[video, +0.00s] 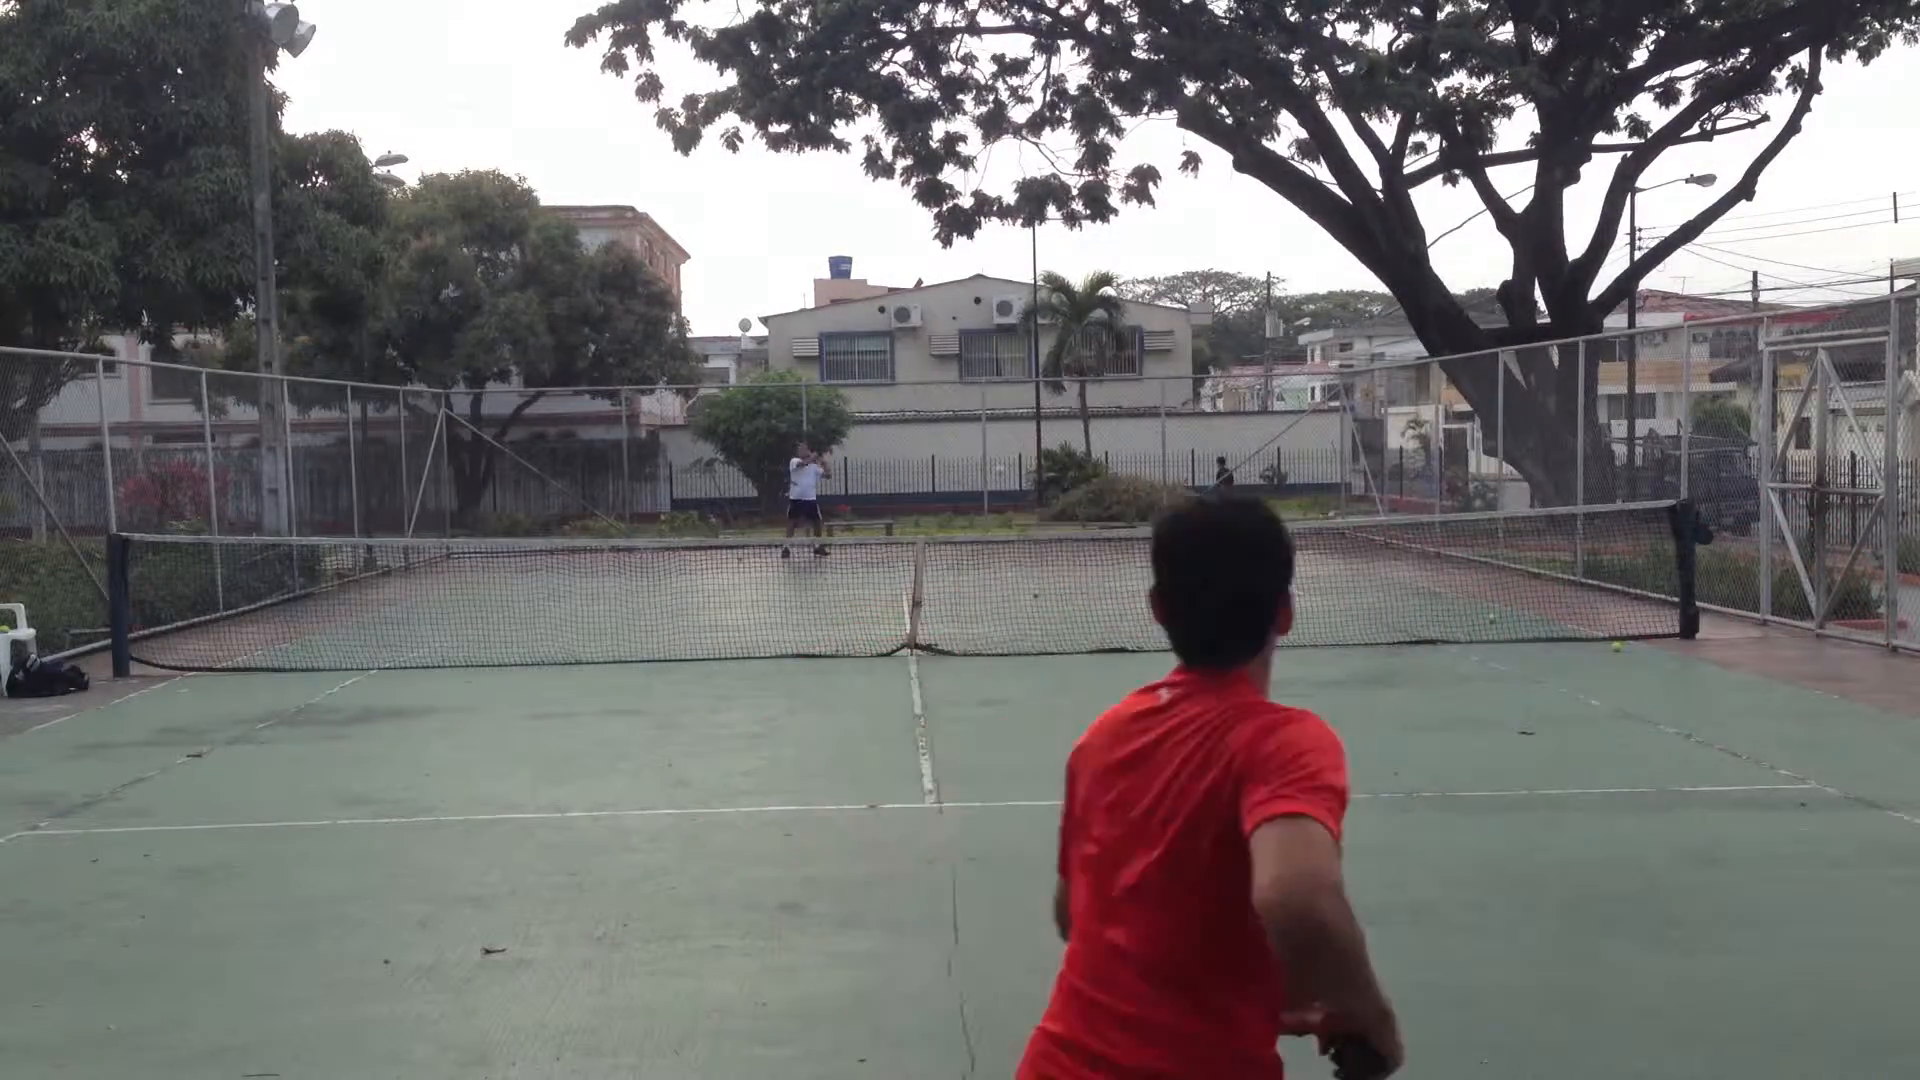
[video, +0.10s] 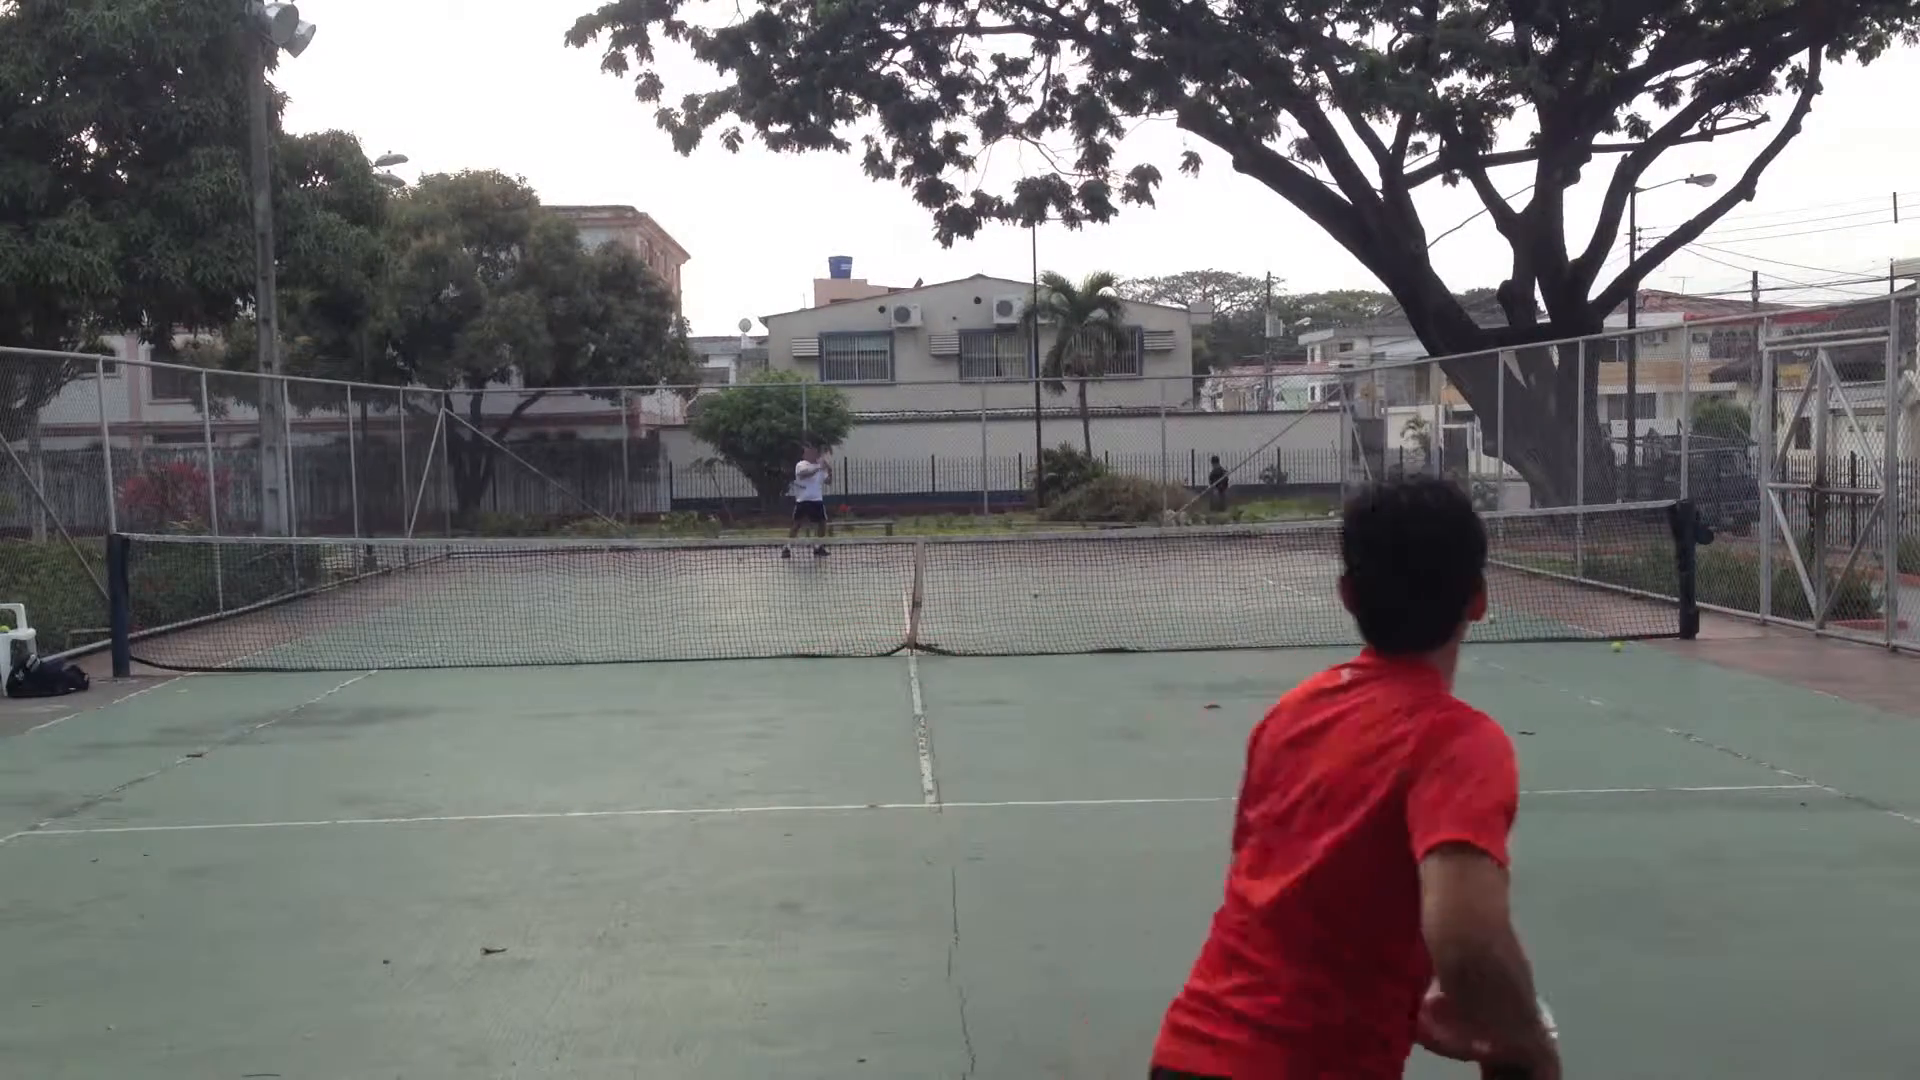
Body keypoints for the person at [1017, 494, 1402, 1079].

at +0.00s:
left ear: (1157, 608)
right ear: (1285, 614)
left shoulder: (1104, 736)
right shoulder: (1287, 737)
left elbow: (1074, 915)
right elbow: (1292, 896)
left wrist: (1258, 997)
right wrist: (1366, 1023)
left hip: (1065, 1059)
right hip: (1218, 1066)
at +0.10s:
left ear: (1347, 594)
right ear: (1478, 601)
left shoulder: (1289, 712)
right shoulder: (1457, 739)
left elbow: (1279, 903)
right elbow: (1463, 937)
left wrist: (1409, 1005)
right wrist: (1526, 1052)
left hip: (1191, 1050)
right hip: (1326, 1066)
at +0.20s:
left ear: (1508, 584)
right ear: (1637, 599)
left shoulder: (1439, 694)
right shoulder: (1616, 733)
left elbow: (1441, 899)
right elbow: (1667, 947)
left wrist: (1588, 972)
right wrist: (1714, 1019)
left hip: (1320, 1032)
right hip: (1431, 1054)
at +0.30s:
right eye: (1759, 528)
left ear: (1625, 535)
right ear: (1752, 552)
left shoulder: (1557, 647)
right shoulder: (1743, 671)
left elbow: (1631, 831)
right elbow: (1840, 861)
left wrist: (1798, 835)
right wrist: (1901, 888)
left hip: (1478, 995)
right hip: (1609, 1020)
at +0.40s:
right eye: (1861, 503)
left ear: (1733, 510)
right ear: (1857, 519)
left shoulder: (1674, 612)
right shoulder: (1850, 632)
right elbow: (1916, 782)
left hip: (1645, 964)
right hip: (1771, 975)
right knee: (1869, 1063)